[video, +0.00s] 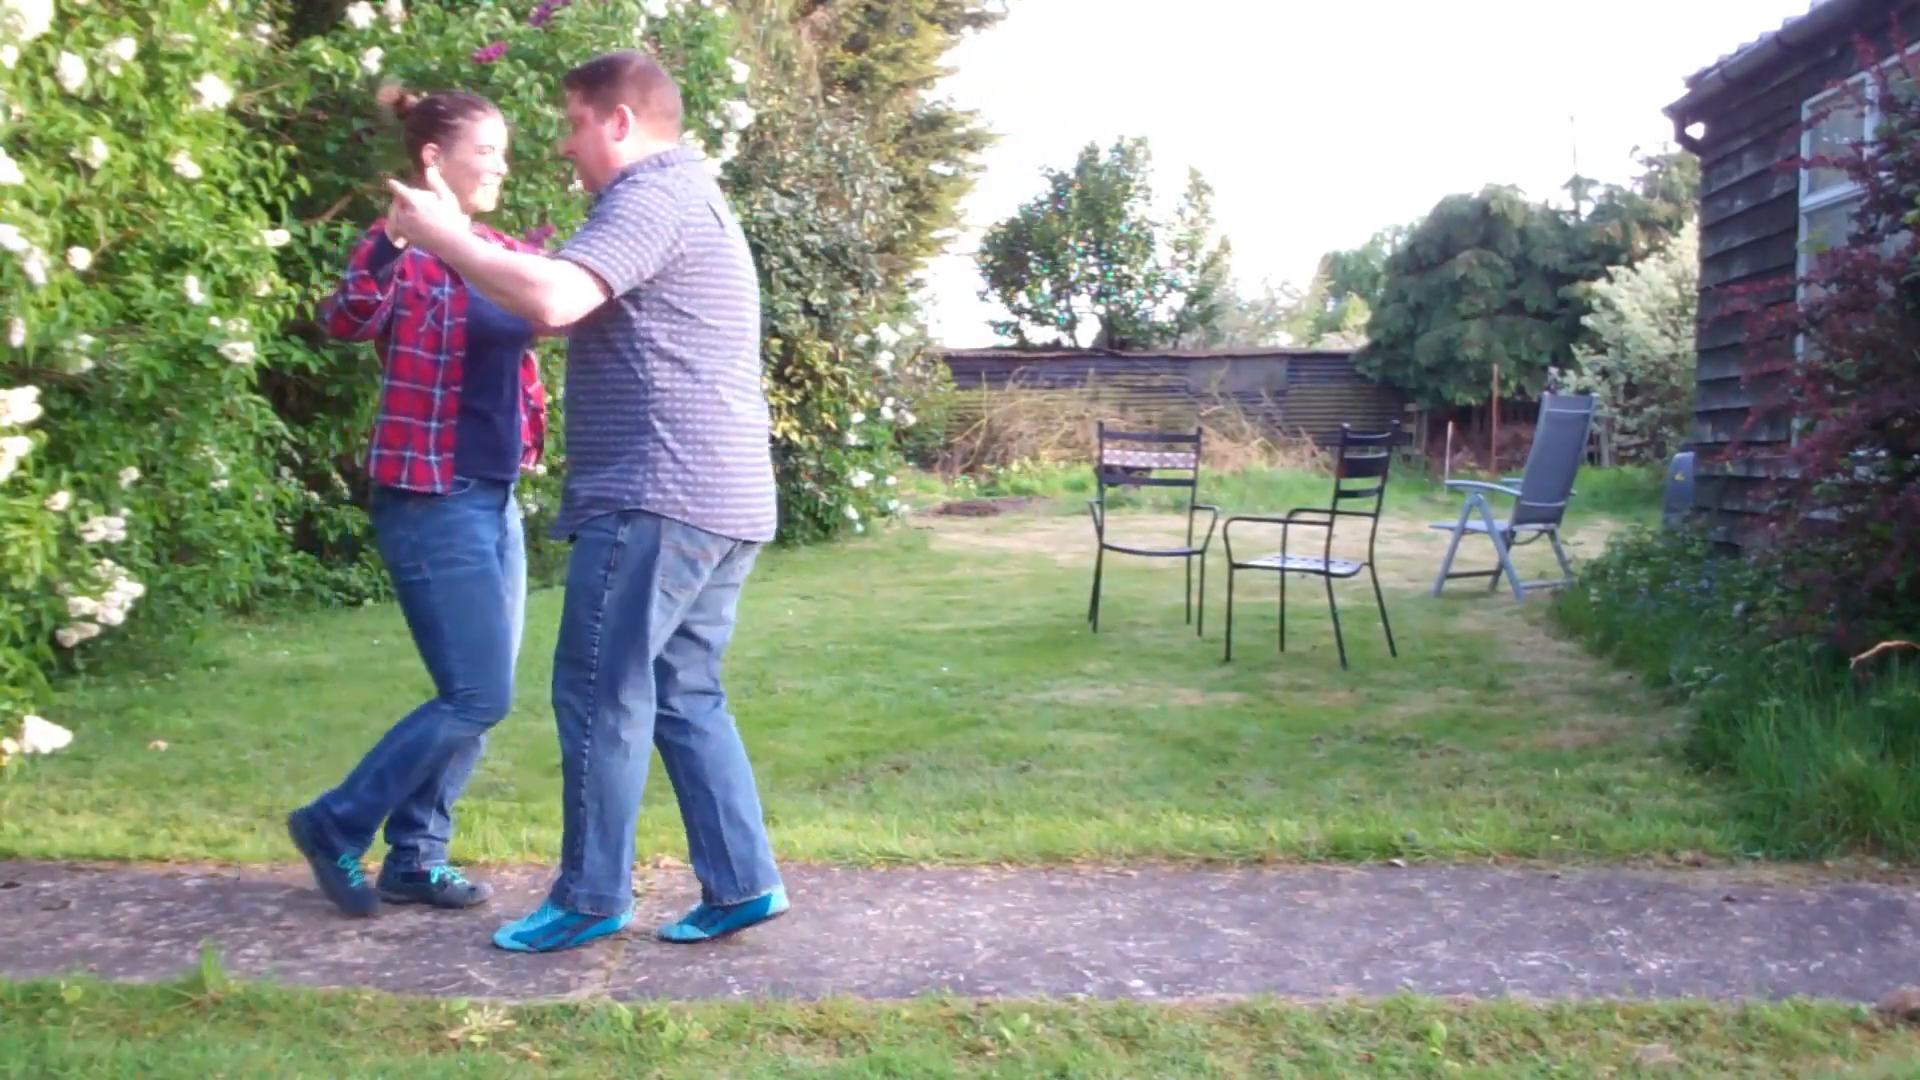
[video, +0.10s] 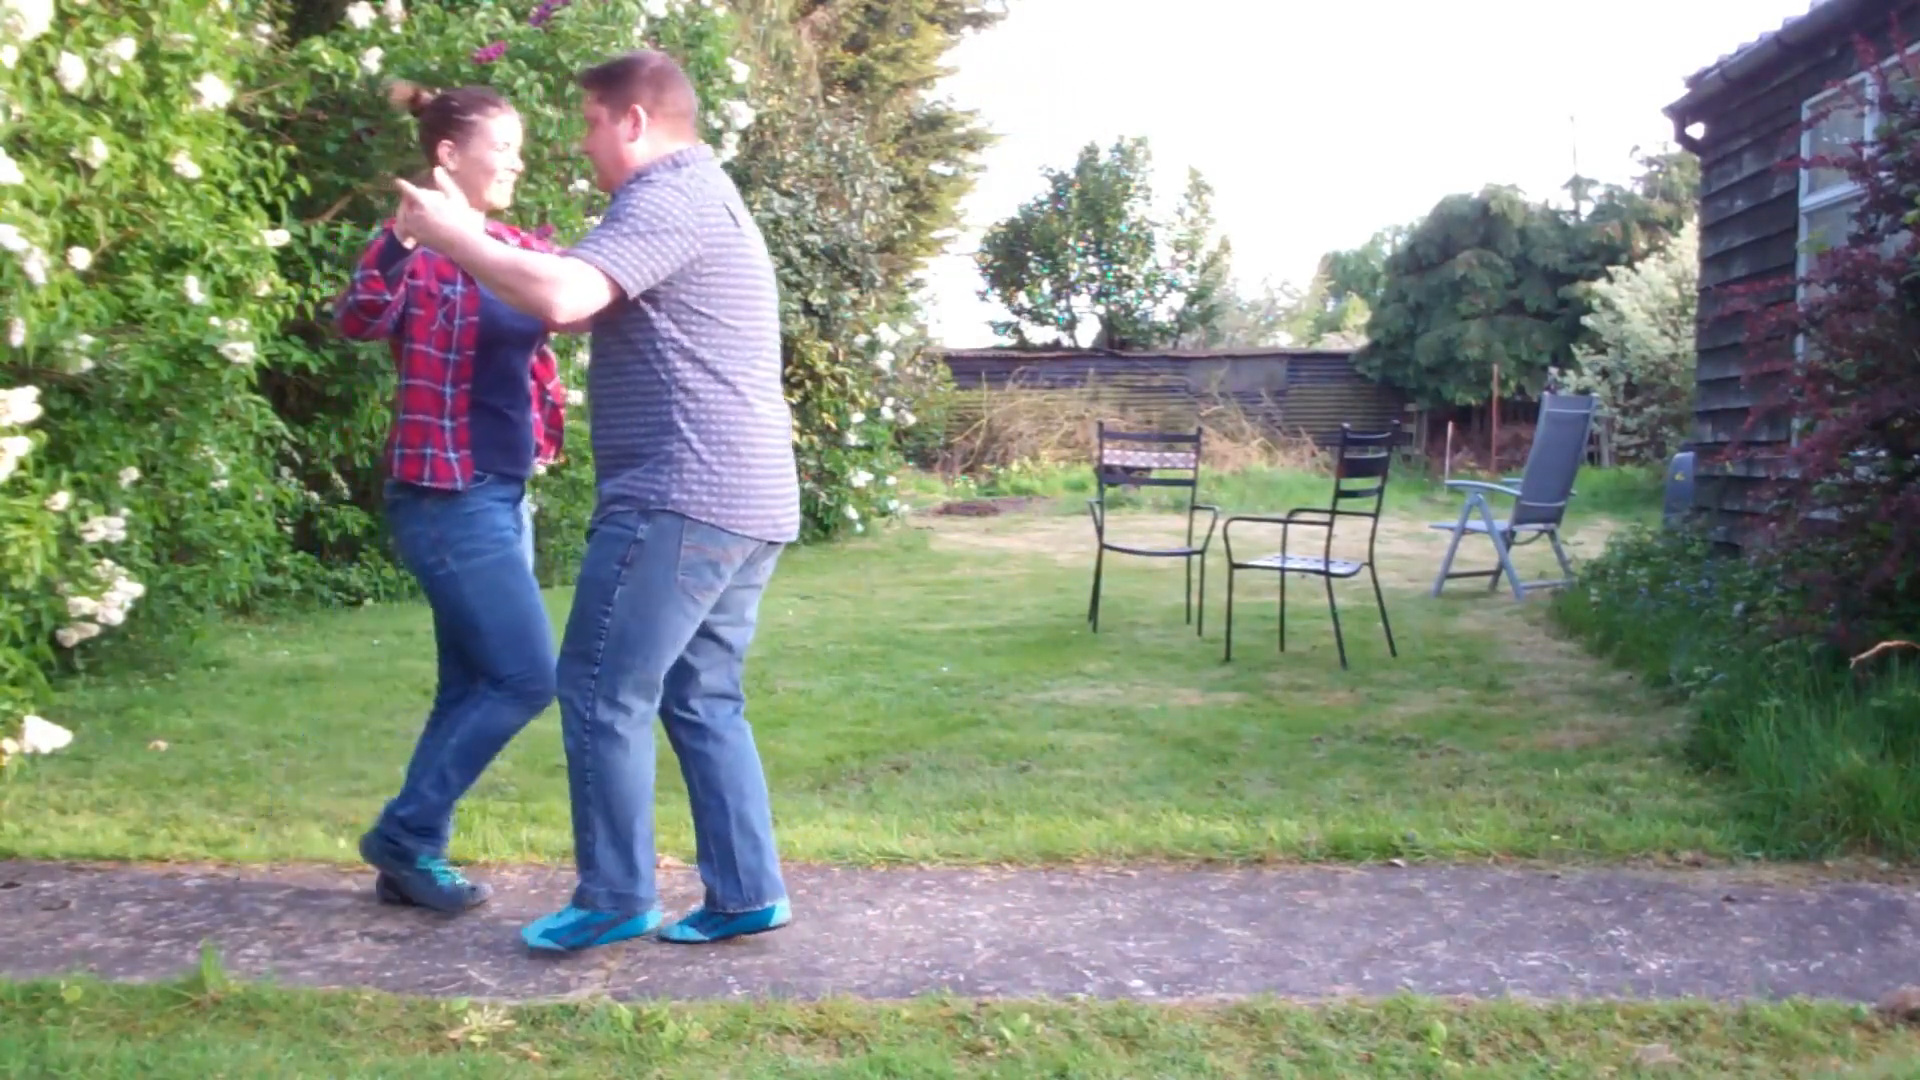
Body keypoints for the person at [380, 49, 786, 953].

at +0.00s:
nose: (567, 150)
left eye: (573, 129)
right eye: (566, 131)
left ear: (618, 120)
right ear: (643, 121)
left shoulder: (655, 194)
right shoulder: (692, 192)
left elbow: (554, 297)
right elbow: (566, 289)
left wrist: (440, 235)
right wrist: (467, 241)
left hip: (659, 493)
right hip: (725, 494)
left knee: (599, 693)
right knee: (685, 687)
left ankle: (590, 898)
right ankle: (743, 882)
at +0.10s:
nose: (586, 148)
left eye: (590, 128)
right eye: (584, 131)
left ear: (633, 119)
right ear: (663, 120)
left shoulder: (670, 195)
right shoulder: (708, 192)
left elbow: (565, 295)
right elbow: (595, 295)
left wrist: (445, 233)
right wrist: (490, 243)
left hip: (685, 491)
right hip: (749, 494)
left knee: (602, 691)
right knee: (704, 693)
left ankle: (613, 898)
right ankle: (747, 893)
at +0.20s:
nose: (604, 148)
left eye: (608, 129)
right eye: (603, 130)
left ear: (648, 119)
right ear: (686, 120)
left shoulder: (685, 197)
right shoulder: (725, 194)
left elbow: (569, 293)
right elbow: (593, 290)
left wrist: (450, 227)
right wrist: (487, 234)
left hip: (701, 492)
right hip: (768, 495)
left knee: (618, 688)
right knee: (715, 695)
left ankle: (687, 892)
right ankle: (755, 898)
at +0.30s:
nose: (622, 145)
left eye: (626, 126)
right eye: (622, 127)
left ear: (661, 115)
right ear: (710, 116)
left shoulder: (695, 194)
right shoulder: (741, 192)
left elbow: (575, 285)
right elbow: (620, 292)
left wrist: (454, 221)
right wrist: (513, 242)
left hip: (715, 495)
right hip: (783, 495)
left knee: (659, 698)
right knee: (734, 697)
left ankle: (738, 896)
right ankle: (753, 892)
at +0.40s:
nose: (641, 136)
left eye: (643, 118)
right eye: (643, 118)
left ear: (674, 112)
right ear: (731, 113)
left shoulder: (701, 193)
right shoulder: (754, 191)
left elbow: (571, 279)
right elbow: (632, 301)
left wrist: (460, 218)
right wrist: (564, 243)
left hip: (733, 498)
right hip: (799, 496)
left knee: (709, 713)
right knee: (749, 706)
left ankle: (767, 923)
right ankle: (746, 901)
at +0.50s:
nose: (654, 129)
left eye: (660, 111)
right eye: (658, 111)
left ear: (689, 109)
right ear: (746, 112)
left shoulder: (705, 191)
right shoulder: (772, 187)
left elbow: (575, 281)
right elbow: (650, 283)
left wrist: (461, 222)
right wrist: (559, 235)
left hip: (747, 496)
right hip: (825, 493)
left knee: (734, 716)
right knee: (772, 708)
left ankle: (777, 934)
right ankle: (750, 895)